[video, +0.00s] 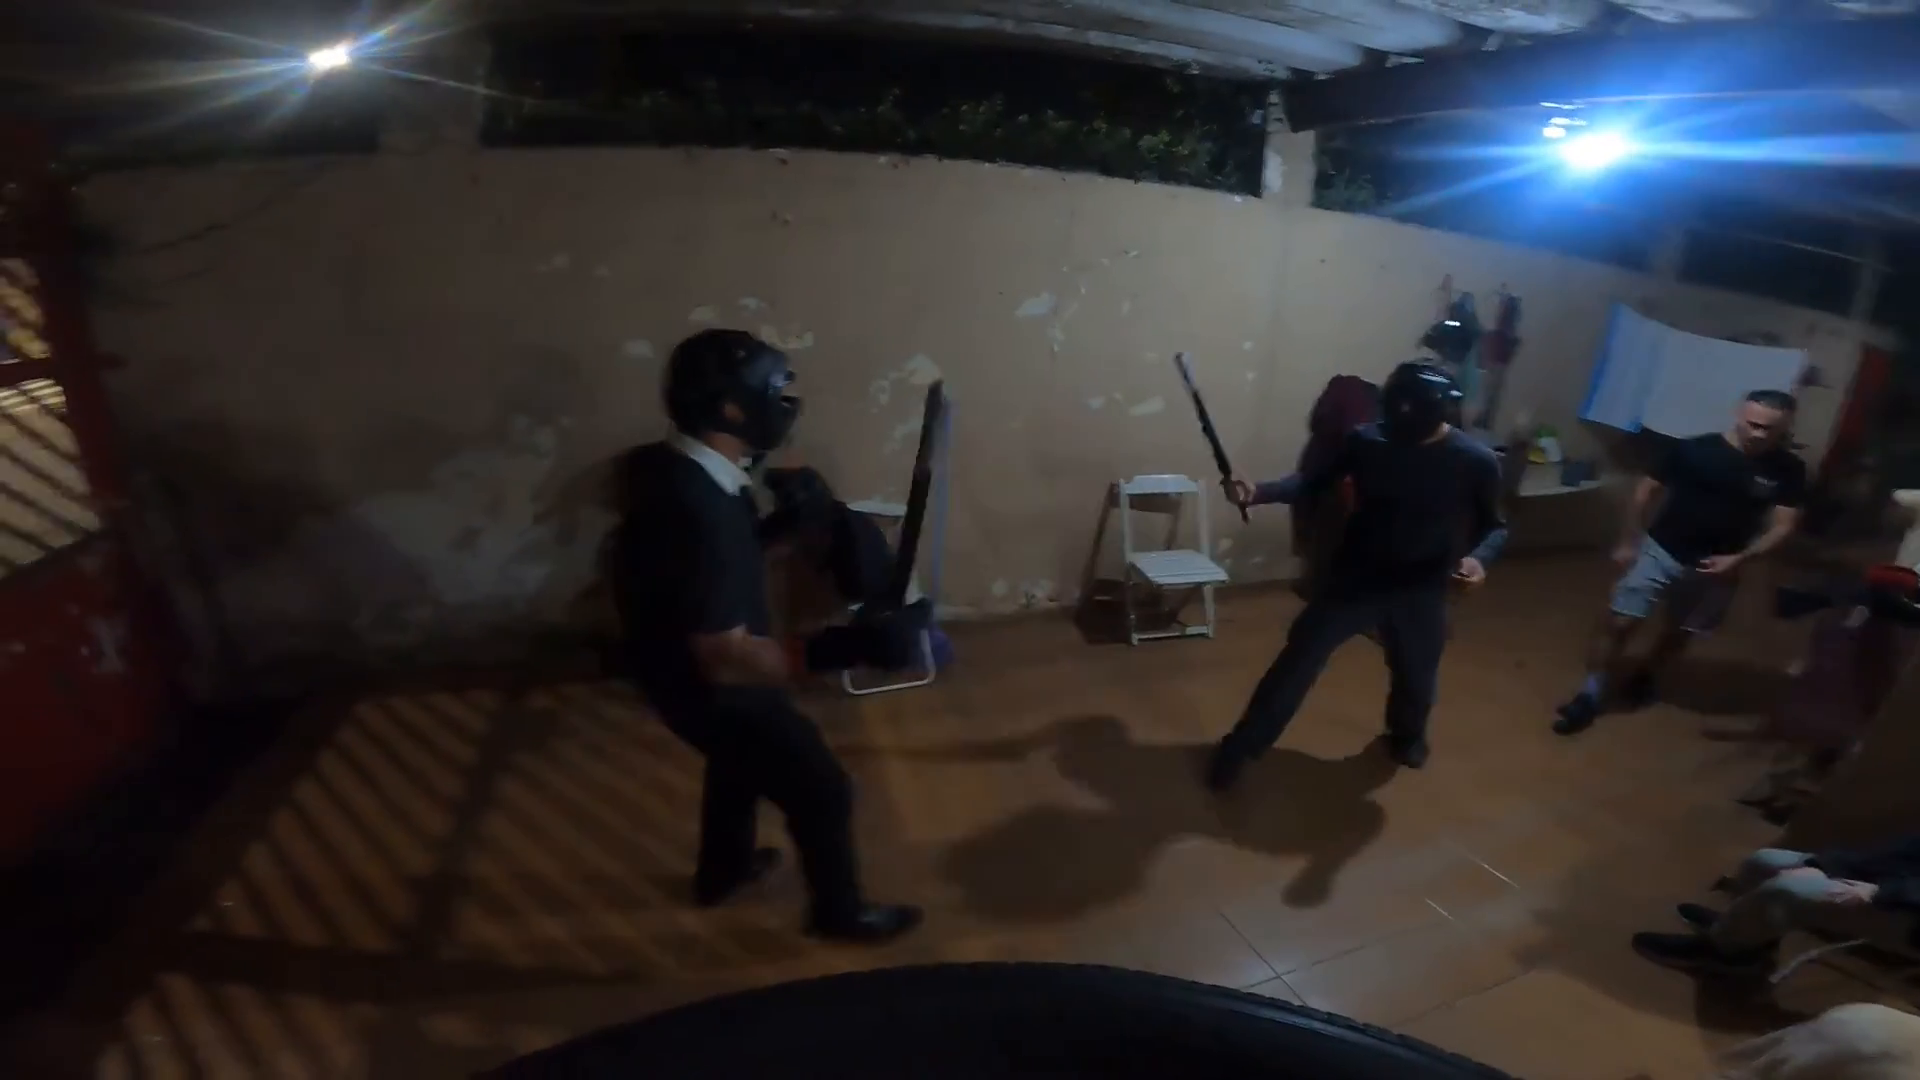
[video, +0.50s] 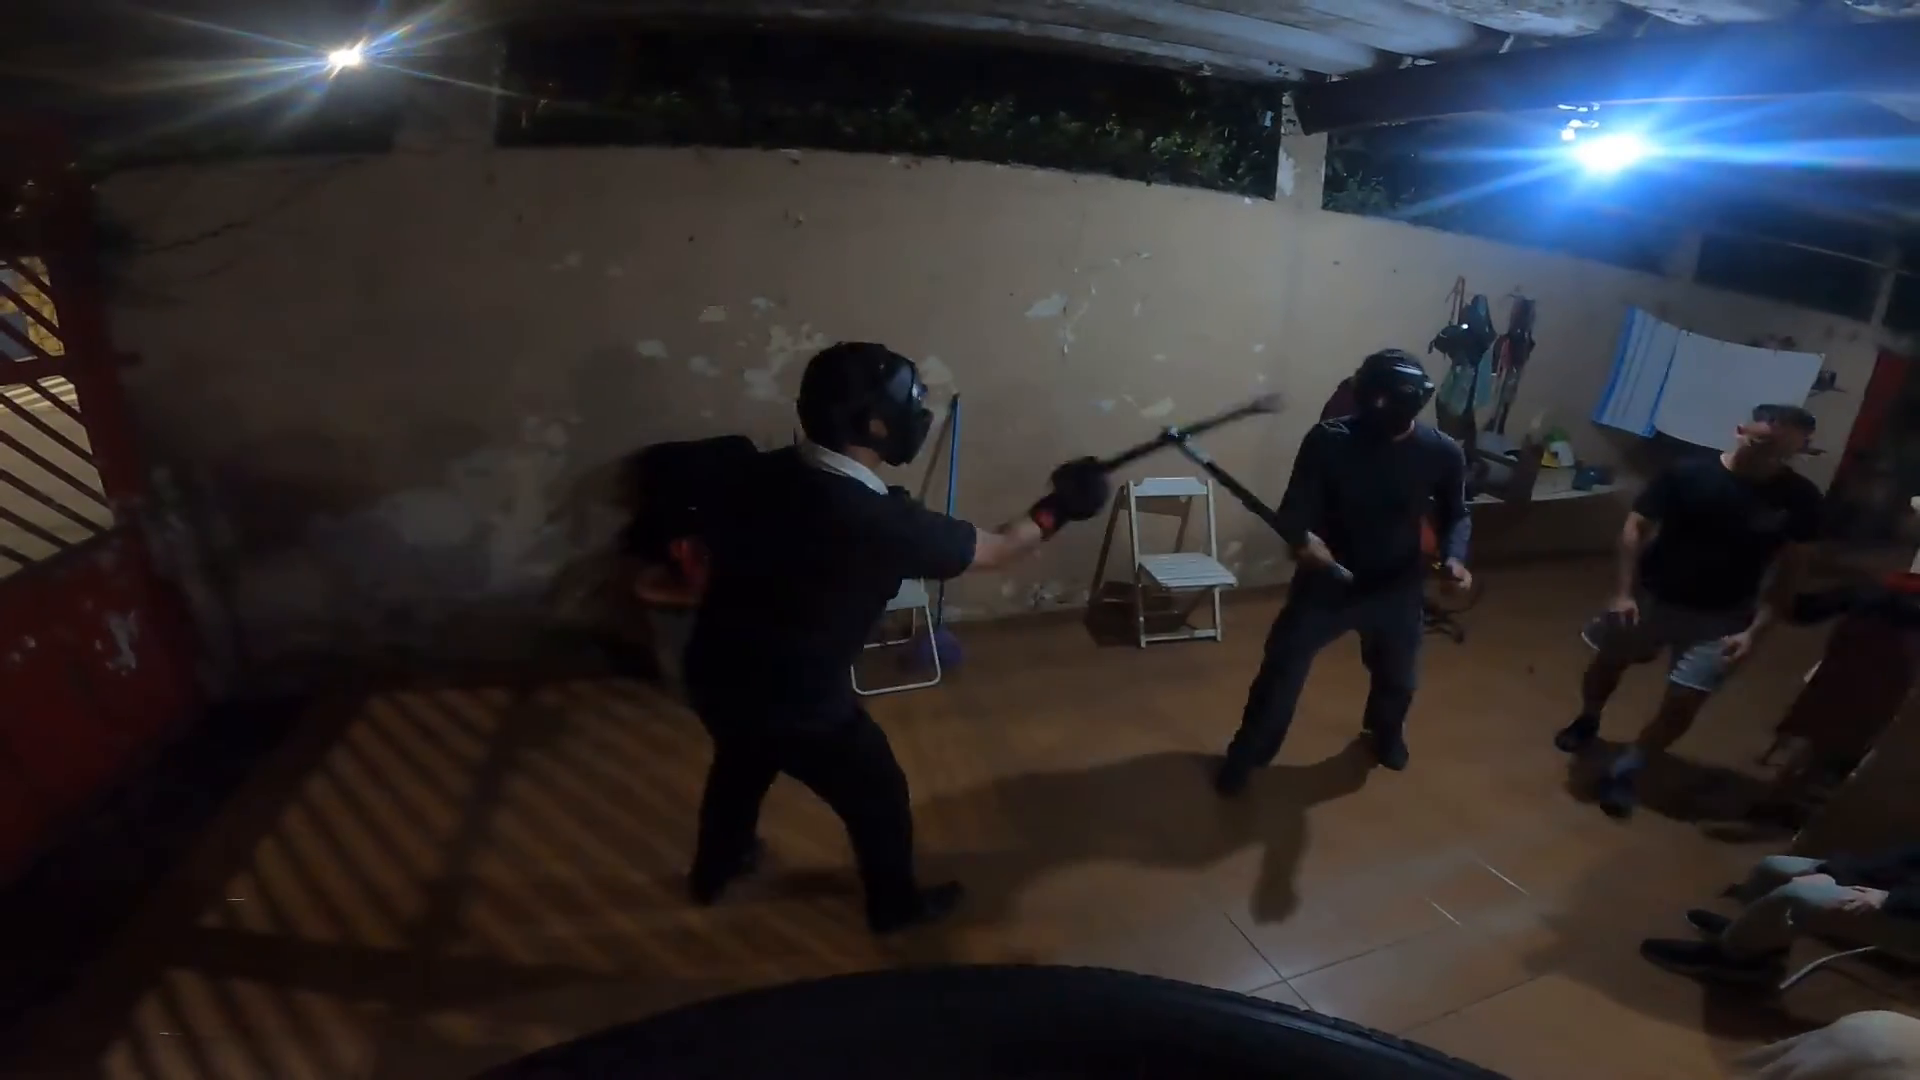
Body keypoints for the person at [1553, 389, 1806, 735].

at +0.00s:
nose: (1757, 434)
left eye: (1767, 429)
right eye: (1752, 425)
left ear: (1782, 431)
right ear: (1738, 418)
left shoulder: (1785, 470)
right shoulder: (1698, 449)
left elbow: (1783, 527)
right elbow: (1646, 488)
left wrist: (1739, 559)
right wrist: (1629, 540)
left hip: (1712, 572)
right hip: (1661, 553)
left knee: (1679, 635)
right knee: (1619, 620)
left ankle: (1647, 678)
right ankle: (1592, 692)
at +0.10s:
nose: (1762, 444)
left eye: (1773, 439)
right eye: (1756, 434)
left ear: (1788, 441)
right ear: (1743, 425)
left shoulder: (1796, 479)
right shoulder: (1703, 460)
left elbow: (1792, 534)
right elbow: (1654, 504)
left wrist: (1745, 566)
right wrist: (1633, 560)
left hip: (1727, 583)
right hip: (1673, 566)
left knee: (1694, 643)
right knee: (1628, 637)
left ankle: (1662, 677)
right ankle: (1597, 708)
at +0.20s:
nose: (1757, 444)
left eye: (1767, 438)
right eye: (1752, 434)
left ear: (1779, 438)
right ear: (1732, 422)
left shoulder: (1788, 478)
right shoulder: (1693, 463)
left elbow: (1779, 539)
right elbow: (1650, 517)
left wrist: (1735, 585)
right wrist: (1621, 574)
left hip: (1724, 590)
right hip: (1668, 573)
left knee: (1703, 654)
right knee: (1623, 639)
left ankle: (1663, 667)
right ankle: (1590, 713)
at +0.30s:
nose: (1748, 443)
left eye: (1757, 437)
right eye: (1743, 433)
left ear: (1771, 436)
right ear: (1725, 422)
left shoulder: (1786, 477)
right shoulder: (1685, 463)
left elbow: (1770, 540)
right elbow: (1643, 519)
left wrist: (1732, 598)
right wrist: (1614, 578)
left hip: (1718, 588)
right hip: (1661, 570)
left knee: (1696, 664)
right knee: (1617, 636)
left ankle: (1652, 674)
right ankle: (1586, 714)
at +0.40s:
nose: (1745, 439)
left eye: (1756, 435)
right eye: (1745, 430)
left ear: (1775, 443)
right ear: (1730, 423)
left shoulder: (1784, 486)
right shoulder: (1684, 465)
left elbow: (1773, 559)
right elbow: (1638, 519)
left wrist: (1745, 615)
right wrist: (1618, 581)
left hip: (1717, 603)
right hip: (1657, 586)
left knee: (1688, 682)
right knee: (1609, 649)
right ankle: (1585, 718)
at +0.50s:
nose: (1769, 458)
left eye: (1780, 451)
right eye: (1765, 446)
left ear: (1790, 455)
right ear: (1744, 435)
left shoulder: (1796, 501)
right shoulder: (1690, 473)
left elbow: (1787, 578)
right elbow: (1635, 524)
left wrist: (1753, 632)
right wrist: (1624, 593)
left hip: (1721, 619)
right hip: (1656, 599)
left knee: (1682, 707)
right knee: (1608, 658)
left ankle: (1626, 773)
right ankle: (1587, 720)